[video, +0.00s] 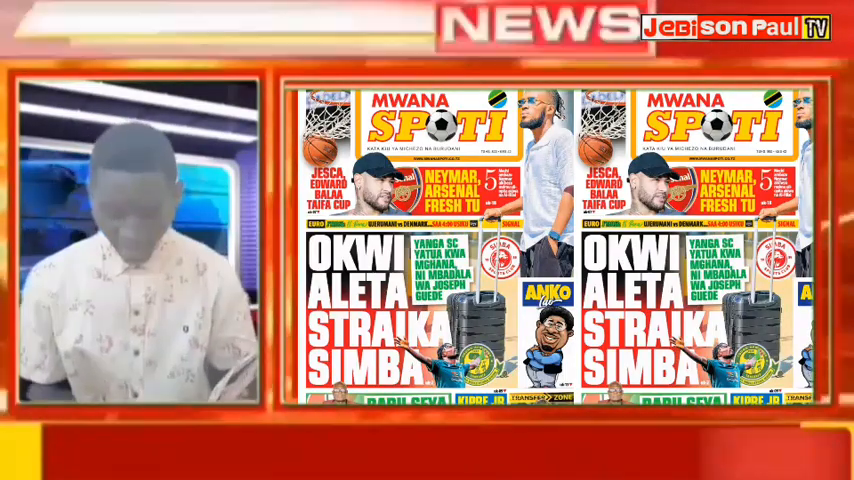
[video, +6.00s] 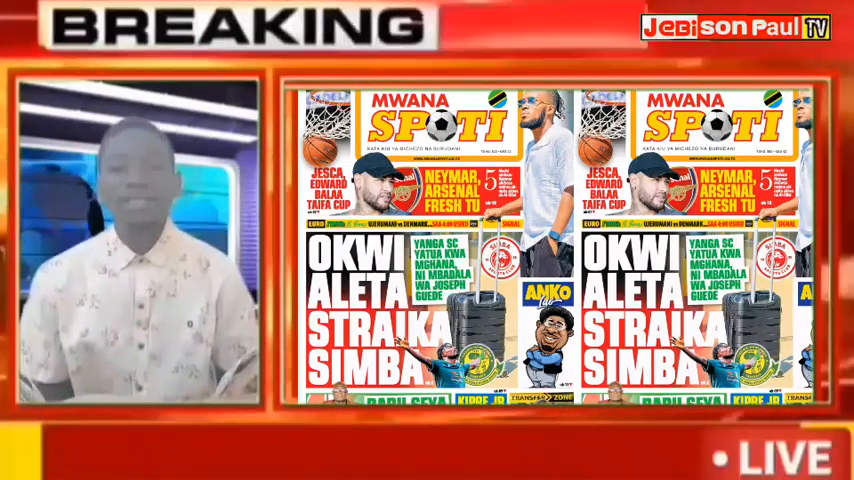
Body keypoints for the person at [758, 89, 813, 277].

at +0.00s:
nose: (799, 107)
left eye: (806, 101)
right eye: (797, 103)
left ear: (820, 107)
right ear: (794, 109)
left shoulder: (827, 148)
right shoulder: (806, 149)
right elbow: (804, 196)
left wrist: (833, 223)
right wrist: (777, 211)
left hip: (821, 240)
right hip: (804, 239)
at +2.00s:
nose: (799, 107)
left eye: (807, 101)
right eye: (797, 103)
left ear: (820, 107)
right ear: (794, 110)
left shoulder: (827, 148)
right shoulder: (806, 149)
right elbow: (804, 196)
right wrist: (777, 211)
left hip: (821, 240)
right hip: (804, 239)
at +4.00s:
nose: (799, 108)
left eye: (806, 102)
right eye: (797, 103)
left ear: (819, 107)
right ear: (794, 110)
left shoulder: (827, 148)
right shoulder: (806, 149)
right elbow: (805, 196)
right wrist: (776, 211)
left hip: (819, 239)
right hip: (803, 239)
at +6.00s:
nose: (799, 108)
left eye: (807, 101)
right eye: (797, 103)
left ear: (820, 108)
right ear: (794, 109)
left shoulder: (826, 148)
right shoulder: (806, 149)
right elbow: (805, 196)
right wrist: (777, 210)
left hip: (819, 240)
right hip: (803, 239)